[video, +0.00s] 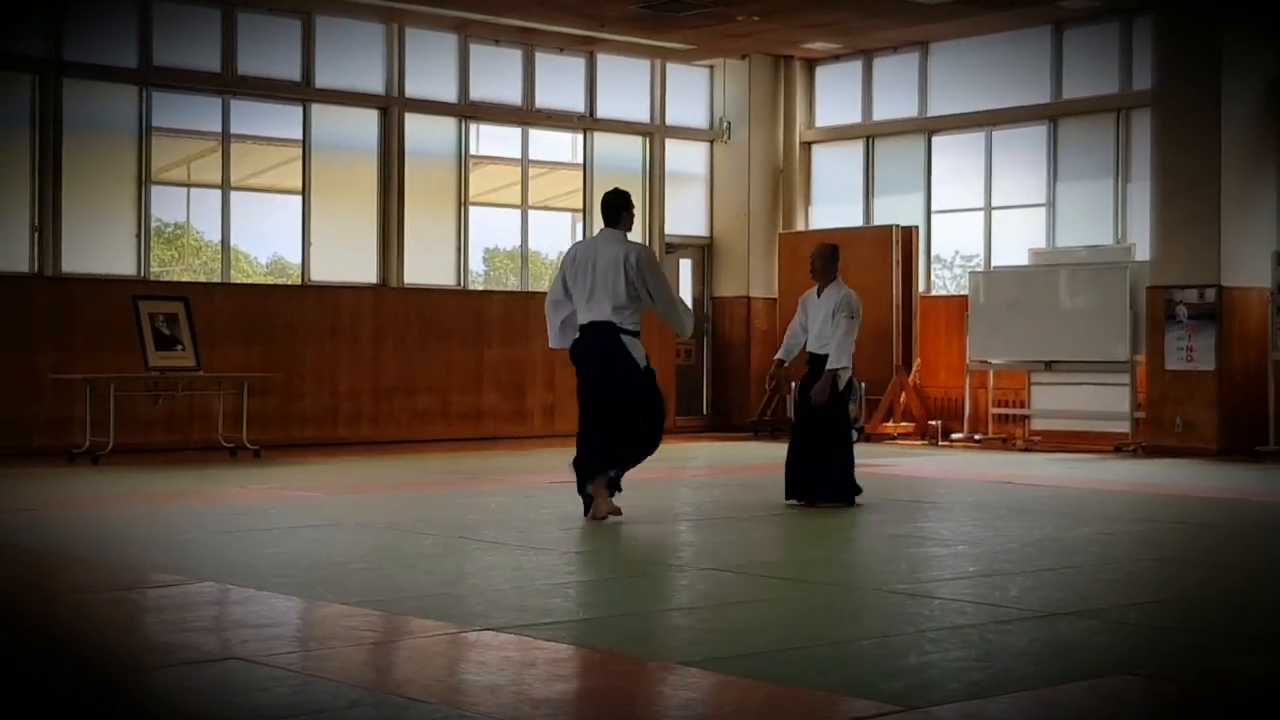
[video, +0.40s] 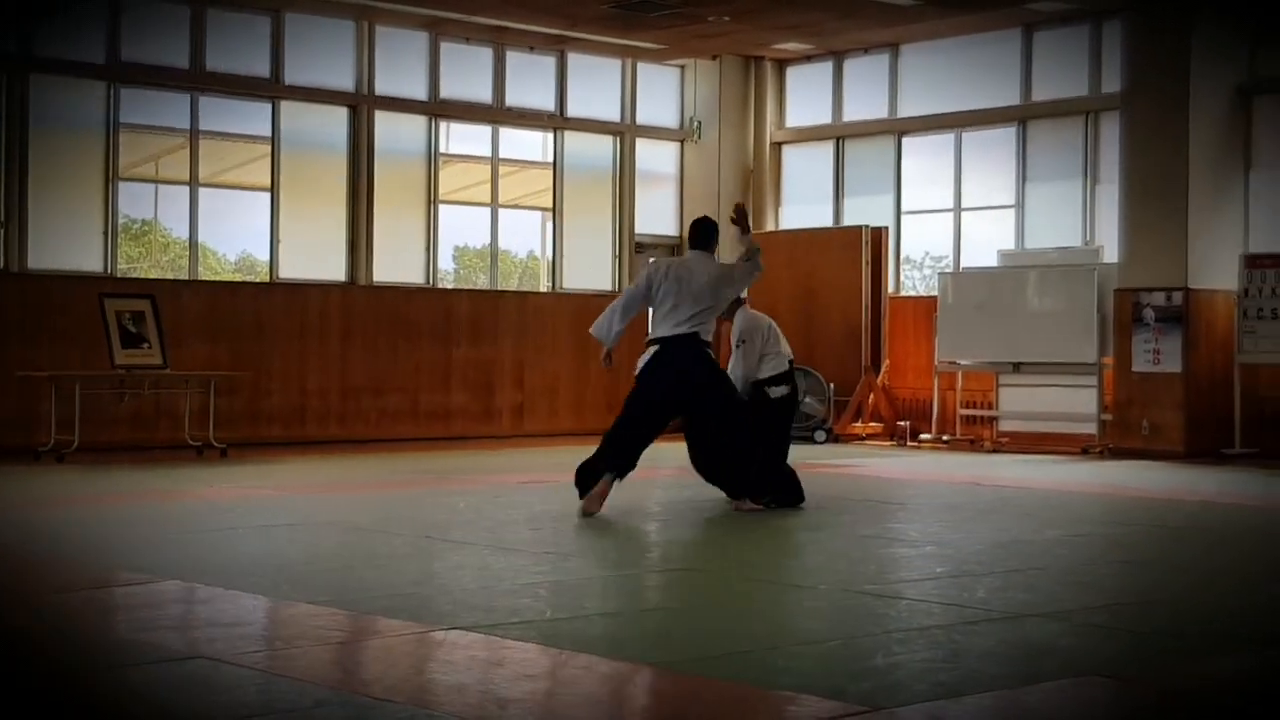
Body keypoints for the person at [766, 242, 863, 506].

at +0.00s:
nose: (810, 265)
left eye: (815, 261)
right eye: (810, 261)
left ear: (831, 264)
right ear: (817, 264)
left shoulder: (846, 298)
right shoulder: (807, 298)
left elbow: (844, 342)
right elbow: (796, 333)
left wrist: (828, 378)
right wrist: (778, 363)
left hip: (836, 369)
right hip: (813, 368)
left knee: (832, 433)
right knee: (807, 430)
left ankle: (838, 492)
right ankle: (811, 491)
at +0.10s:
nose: (794, 274)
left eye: (799, 270)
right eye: (794, 269)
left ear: (815, 272)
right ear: (803, 273)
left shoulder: (830, 304)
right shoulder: (797, 305)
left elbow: (825, 348)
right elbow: (789, 339)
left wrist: (805, 385)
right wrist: (772, 371)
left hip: (828, 379)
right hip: (806, 376)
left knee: (826, 437)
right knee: (787, 434)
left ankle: (835, 494)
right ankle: (800, 493)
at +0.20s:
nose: (770, 282)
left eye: (774, 277)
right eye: (770, 277)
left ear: (790, 278)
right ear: (785, 278)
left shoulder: (805, 305)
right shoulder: (783, 309)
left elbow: (799, 349)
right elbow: (776, 344)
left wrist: (777, 385)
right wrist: (765, 375)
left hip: (813, 376)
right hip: (793, 375)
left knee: (811, 433)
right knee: (785, 430)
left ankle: (827, 493)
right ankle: (795, 489)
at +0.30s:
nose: (744, 297)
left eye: (747, 290)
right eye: (743, 291)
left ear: (760, 289)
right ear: (766, 288)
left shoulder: (776, 314)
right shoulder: (776, 312)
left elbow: (768, 357)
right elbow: (767, 357)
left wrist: (750, 389)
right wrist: (751, 388)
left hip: (791, 384)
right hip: (794, 382)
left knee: (767, 436)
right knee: (787, 439)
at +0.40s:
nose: (719, 315)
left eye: (719, 308)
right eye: (717, 309)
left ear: (726, 305)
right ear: (738, 300)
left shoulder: (744, 322)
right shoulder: (752, 318)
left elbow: (740, 368)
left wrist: (728, 397)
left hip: (771, 385)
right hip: (781, 382)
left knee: (763, 442)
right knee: (772, 441)